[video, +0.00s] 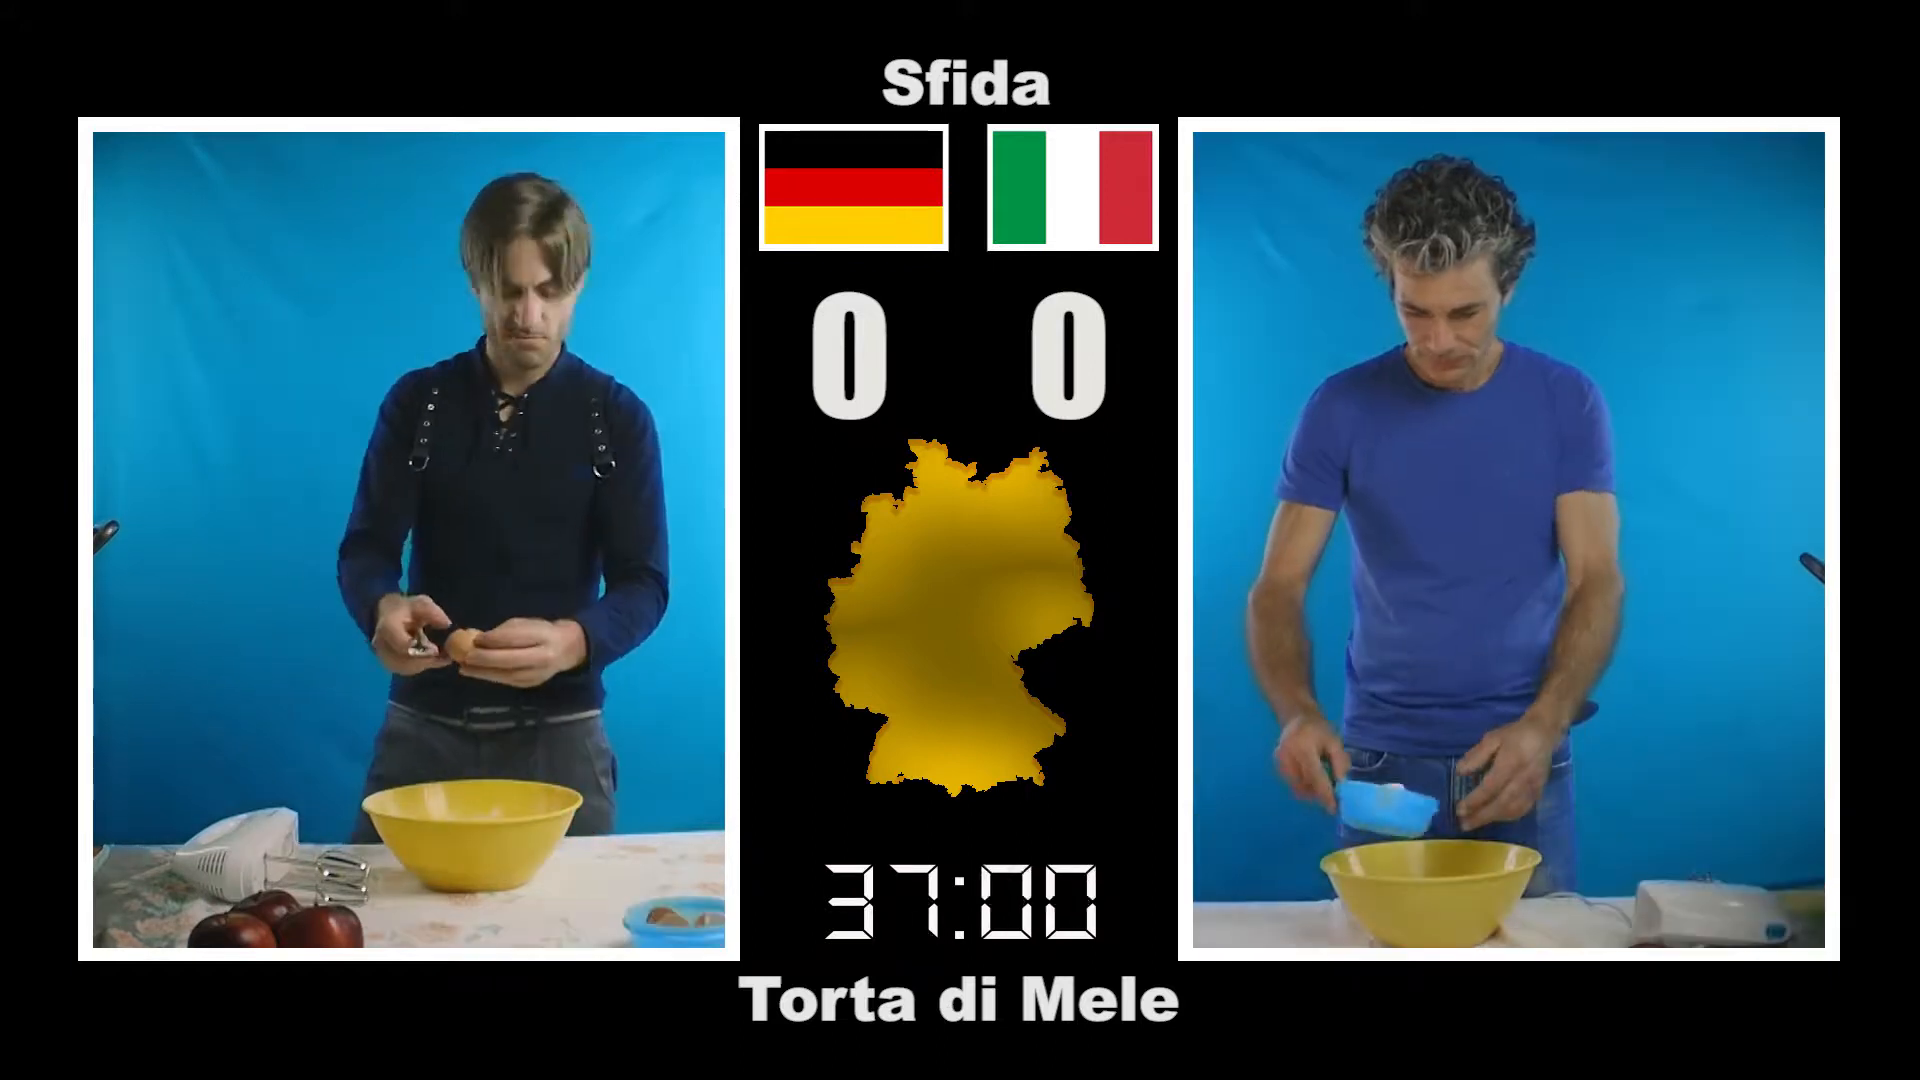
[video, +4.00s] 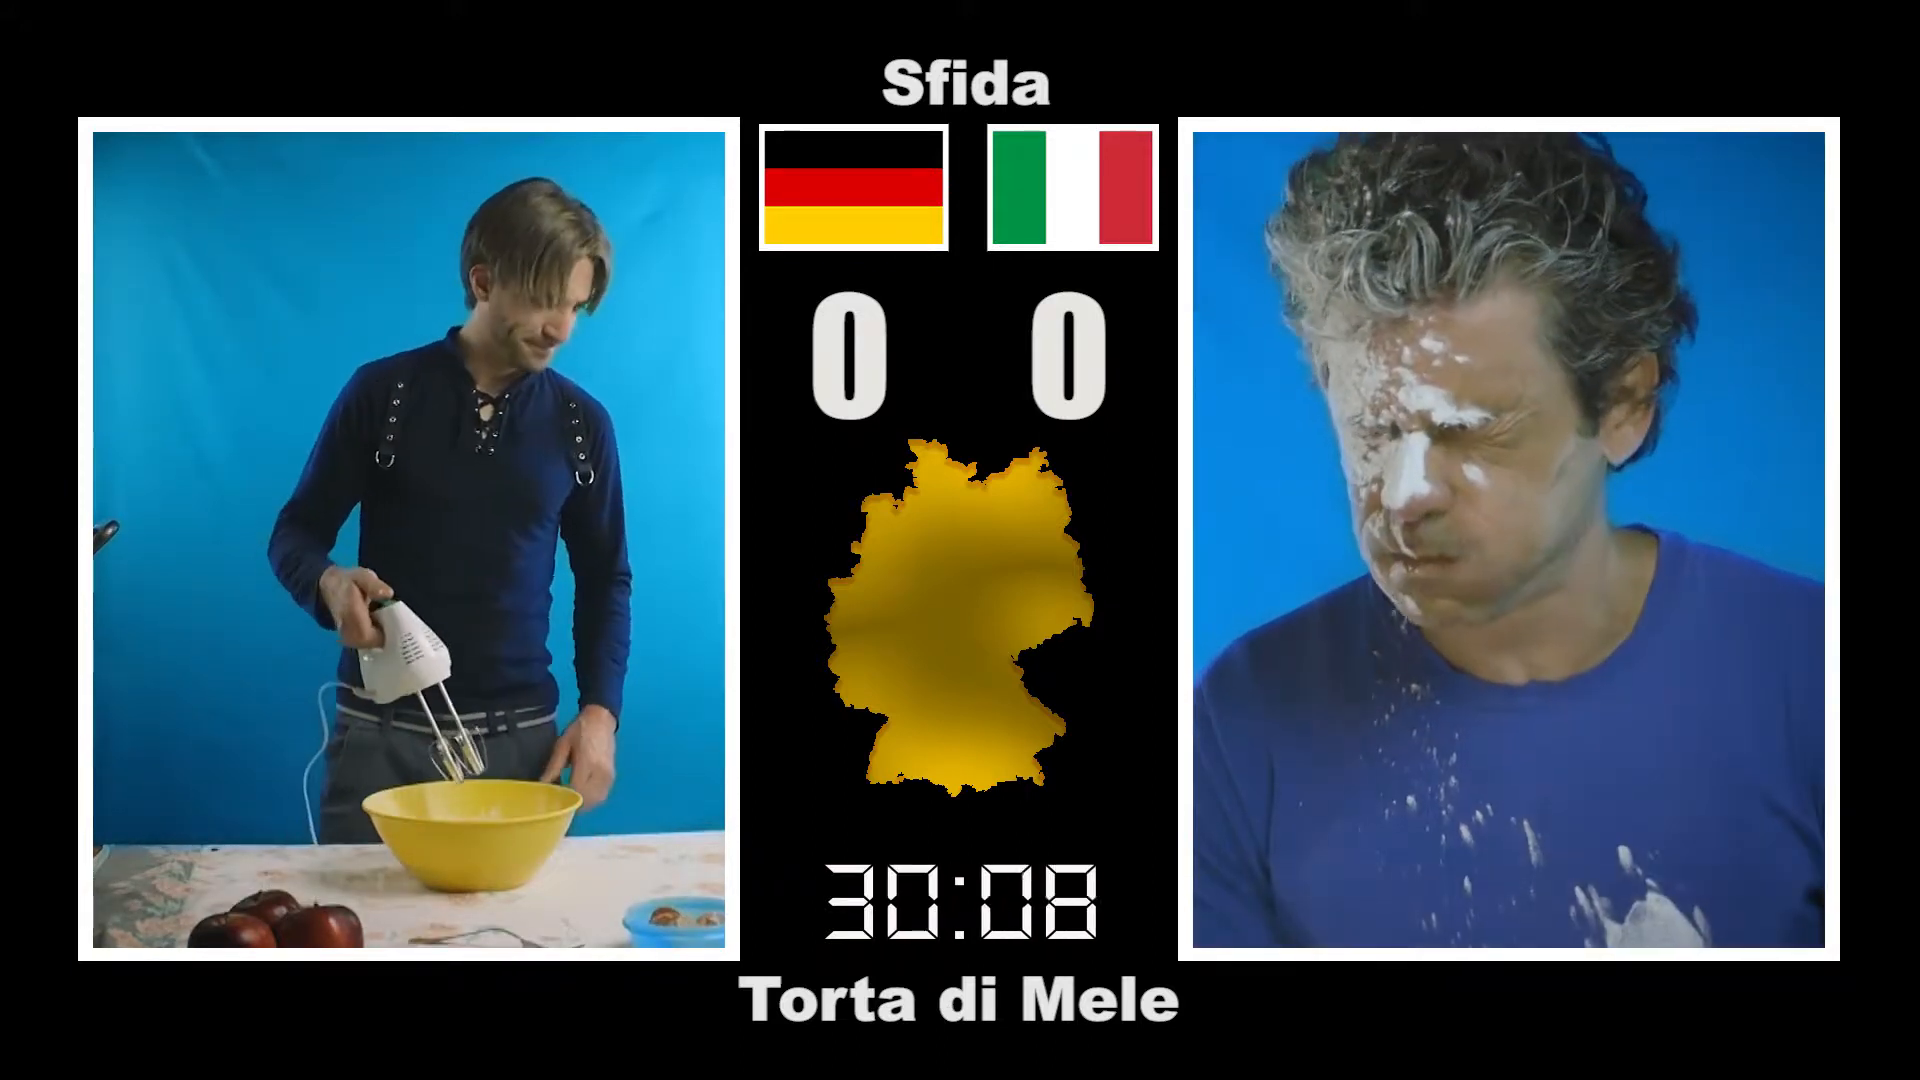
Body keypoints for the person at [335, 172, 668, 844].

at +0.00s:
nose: (527, 316)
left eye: (548, 291)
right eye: (507, 291)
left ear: (577, 285)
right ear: (476, 282)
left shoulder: (615, 418)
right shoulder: (417, 405)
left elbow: (643, 583)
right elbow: (367, 546)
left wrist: (574, 642)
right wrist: (380, 609)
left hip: (559, 746)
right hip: (425, 737)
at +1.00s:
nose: (423, 307)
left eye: (429, 285)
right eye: (399, 287)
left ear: (438, 282)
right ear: (334, 295)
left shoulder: (469, 409)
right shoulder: (276, 423)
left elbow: (523, 545)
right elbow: (256, 592)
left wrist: (519, 655)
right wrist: (358, 682)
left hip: (472, 747)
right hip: (339, 754)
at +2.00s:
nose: (486, 346)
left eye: (506, 325)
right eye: (468, 321)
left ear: (531, 314)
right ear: (432, 298)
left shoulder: (554, 426)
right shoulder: (359, 414)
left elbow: (578, 559)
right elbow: (330, 562)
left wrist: (527, 678)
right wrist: (365, 693)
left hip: (516, 738)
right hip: (383, 739)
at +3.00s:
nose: (399, 307)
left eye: (398, 284)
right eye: (375, 291)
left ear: (401, 273)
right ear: (304, 303)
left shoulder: (443, 397)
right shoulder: (247, 423)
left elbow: (491, 542)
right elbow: (191, 570)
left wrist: (536, 678)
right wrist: (205, 613)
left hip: (447, 740)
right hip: (317, 752)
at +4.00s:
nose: (561, 328)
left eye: (576, 306)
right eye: (542, 301)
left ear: (587, 301)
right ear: (482, 281)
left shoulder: (580, 425)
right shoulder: (381, 395)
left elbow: (603, 577)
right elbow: (296, 537)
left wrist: (599, 711)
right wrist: (325, 581)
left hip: (518, 743)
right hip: (382, 736)